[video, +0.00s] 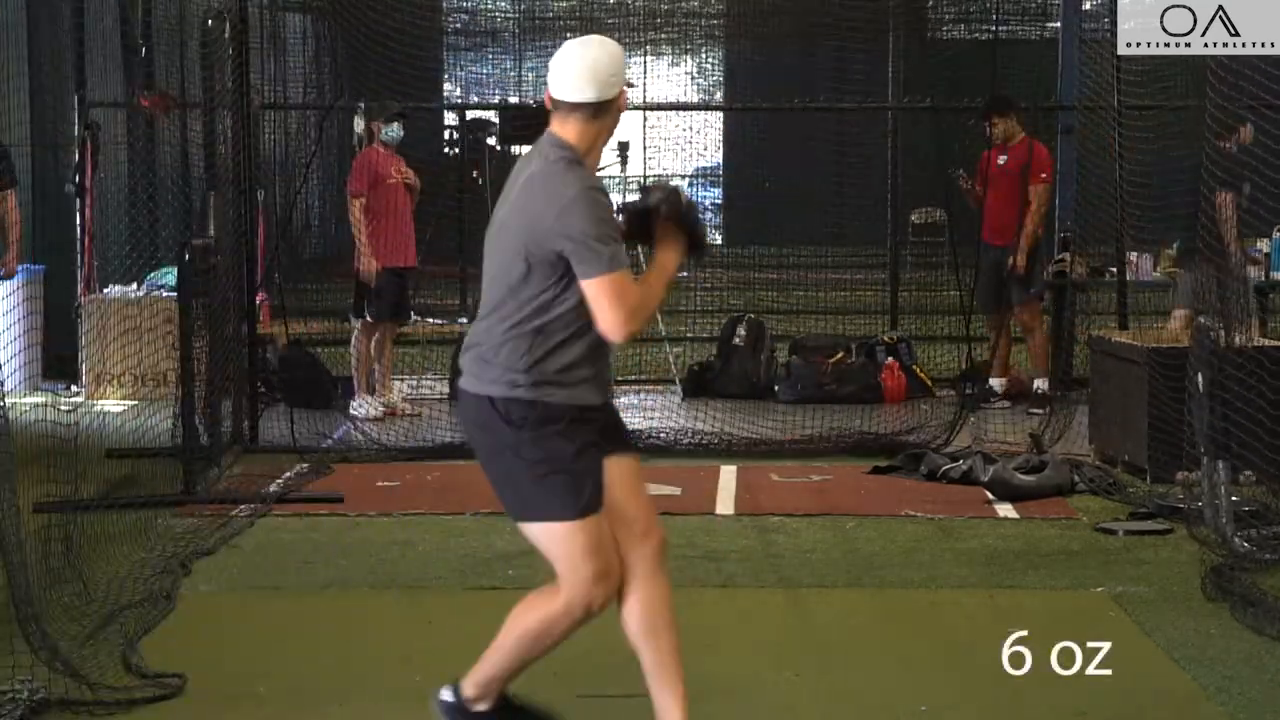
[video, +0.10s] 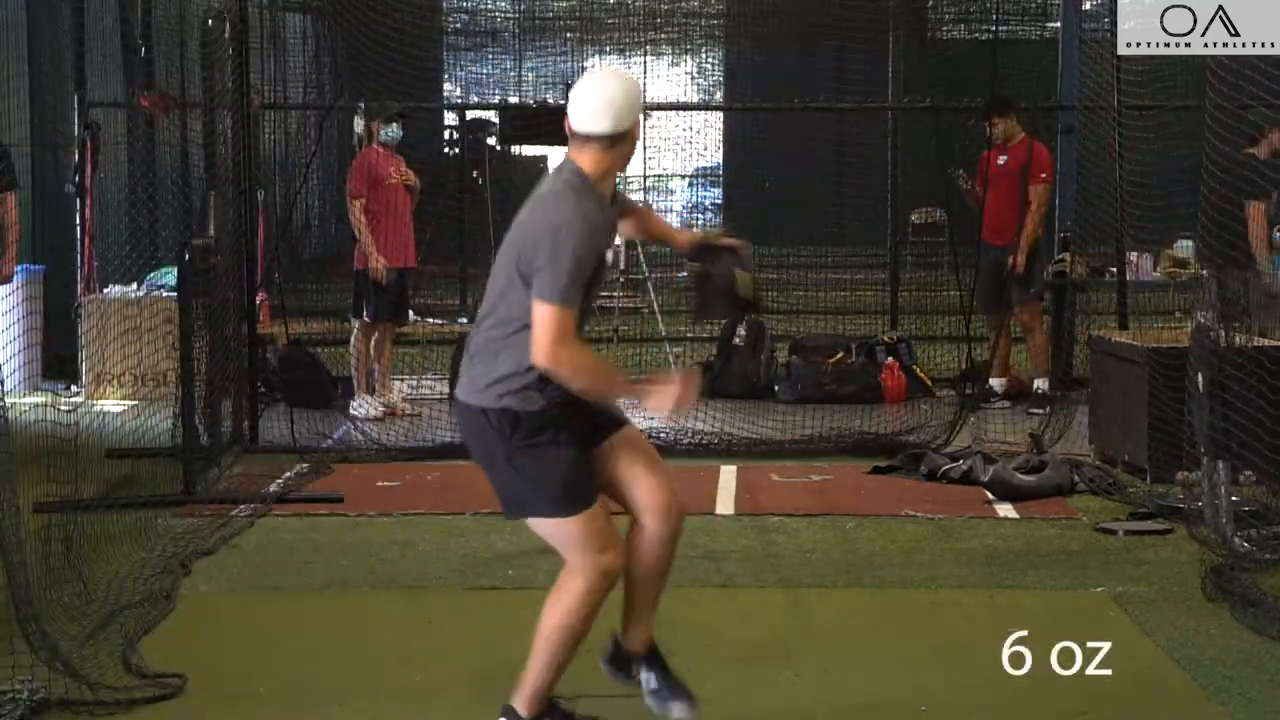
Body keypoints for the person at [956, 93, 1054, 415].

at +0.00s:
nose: (991, 130)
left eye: (996, 123)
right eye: (989, 124)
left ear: (1013, 121)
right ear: (991, 125)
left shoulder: (1036, 153)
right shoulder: (989, 156)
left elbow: (1038, 206)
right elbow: (982, 201)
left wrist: (1023, 249)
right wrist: (970, 191)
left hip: (1023, 247)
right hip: (992, 246)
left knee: (1029, 318)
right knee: (995, 319)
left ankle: (1041, 386)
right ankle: (997, 385)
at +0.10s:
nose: (992, 130)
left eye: (997, 123)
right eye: (990, 124)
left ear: (1013, 121)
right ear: (990, 126)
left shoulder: (1036, 154)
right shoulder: (989, 156)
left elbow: (1038, 206)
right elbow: (982, 202)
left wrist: (1024, 249)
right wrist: (970, 191)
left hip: (1023, 246)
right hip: (992, 246)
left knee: (1029, 318)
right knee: (995, 319)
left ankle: (1041, 386)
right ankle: (997, 385)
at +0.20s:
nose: (991, 130)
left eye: (996, 123)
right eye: (989, 124)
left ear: (1012, 121)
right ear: (990, 125)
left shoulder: (1036, 152)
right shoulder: (988, 157)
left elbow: (1039, 205)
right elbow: (984, 206)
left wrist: (1024, 249)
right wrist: (970, 192)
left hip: (1023, 247)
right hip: (992, 247)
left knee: (1029, 319)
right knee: (995, 319)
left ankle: (1042, 388)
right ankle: (997, 386)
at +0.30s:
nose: (991, 130)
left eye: (996, 123)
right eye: (989, 124)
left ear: (1012, 121)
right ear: (990, 125)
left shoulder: (1036, 152)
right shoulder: (988, 157)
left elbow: (1039, 205)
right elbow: (984, 206)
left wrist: (1024, 249)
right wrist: (970, 192)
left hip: (1023, 247)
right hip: (992, 247)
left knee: (1029, 319)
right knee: (995, 319)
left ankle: (1042, 388)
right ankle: (997, 386)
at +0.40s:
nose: (991, 130)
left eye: (996, 123)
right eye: (989, 124)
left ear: (1012, 121)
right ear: (990, 125)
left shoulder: (1036, 152)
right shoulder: (988, 157)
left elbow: (1039, 205)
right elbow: (984, 205)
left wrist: (1024, 248)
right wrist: (970, 192)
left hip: (1023, 247)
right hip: (992, 247)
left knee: (1029, 319)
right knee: (995, 319)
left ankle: (1042, 388)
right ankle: (997, 386)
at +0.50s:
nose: (991, 130)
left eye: (996, 123)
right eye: (989, 124)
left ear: (1012, 121)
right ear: (990, 125)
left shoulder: (1036, 152)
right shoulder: (988, 157)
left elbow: (1039, 205)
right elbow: (984, 205)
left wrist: (1024, 248)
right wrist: (970, 192)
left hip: (1023, 247)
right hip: (992, 247)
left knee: (1029, 318)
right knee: (995, 319)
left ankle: (1042, 388)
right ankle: (997, 386)